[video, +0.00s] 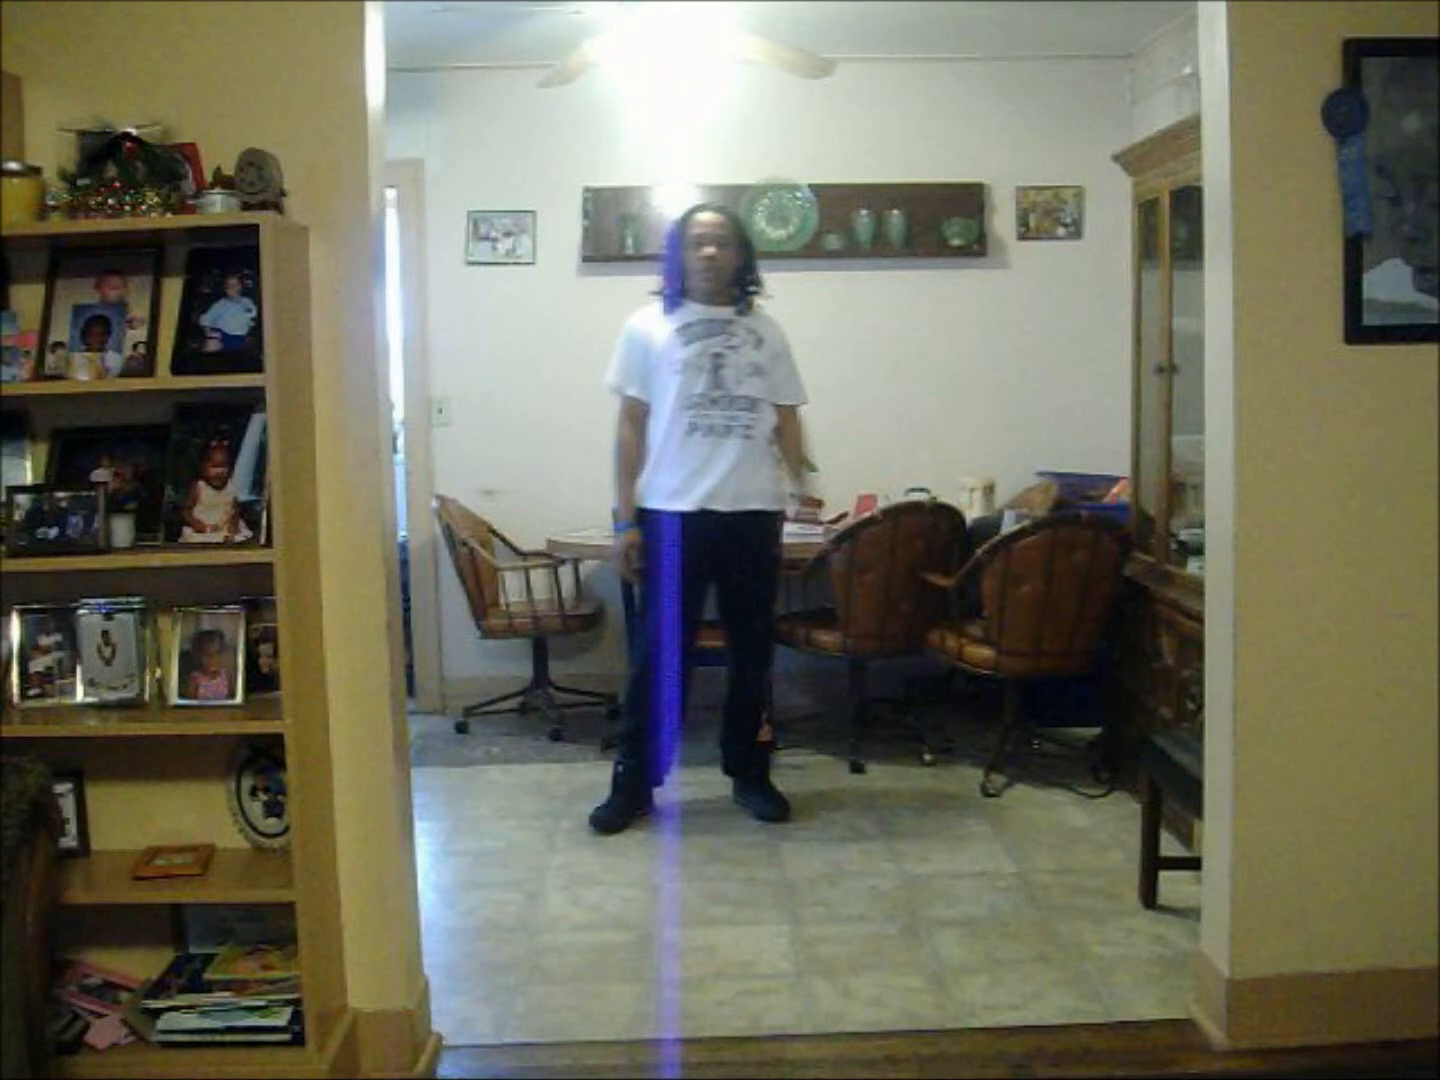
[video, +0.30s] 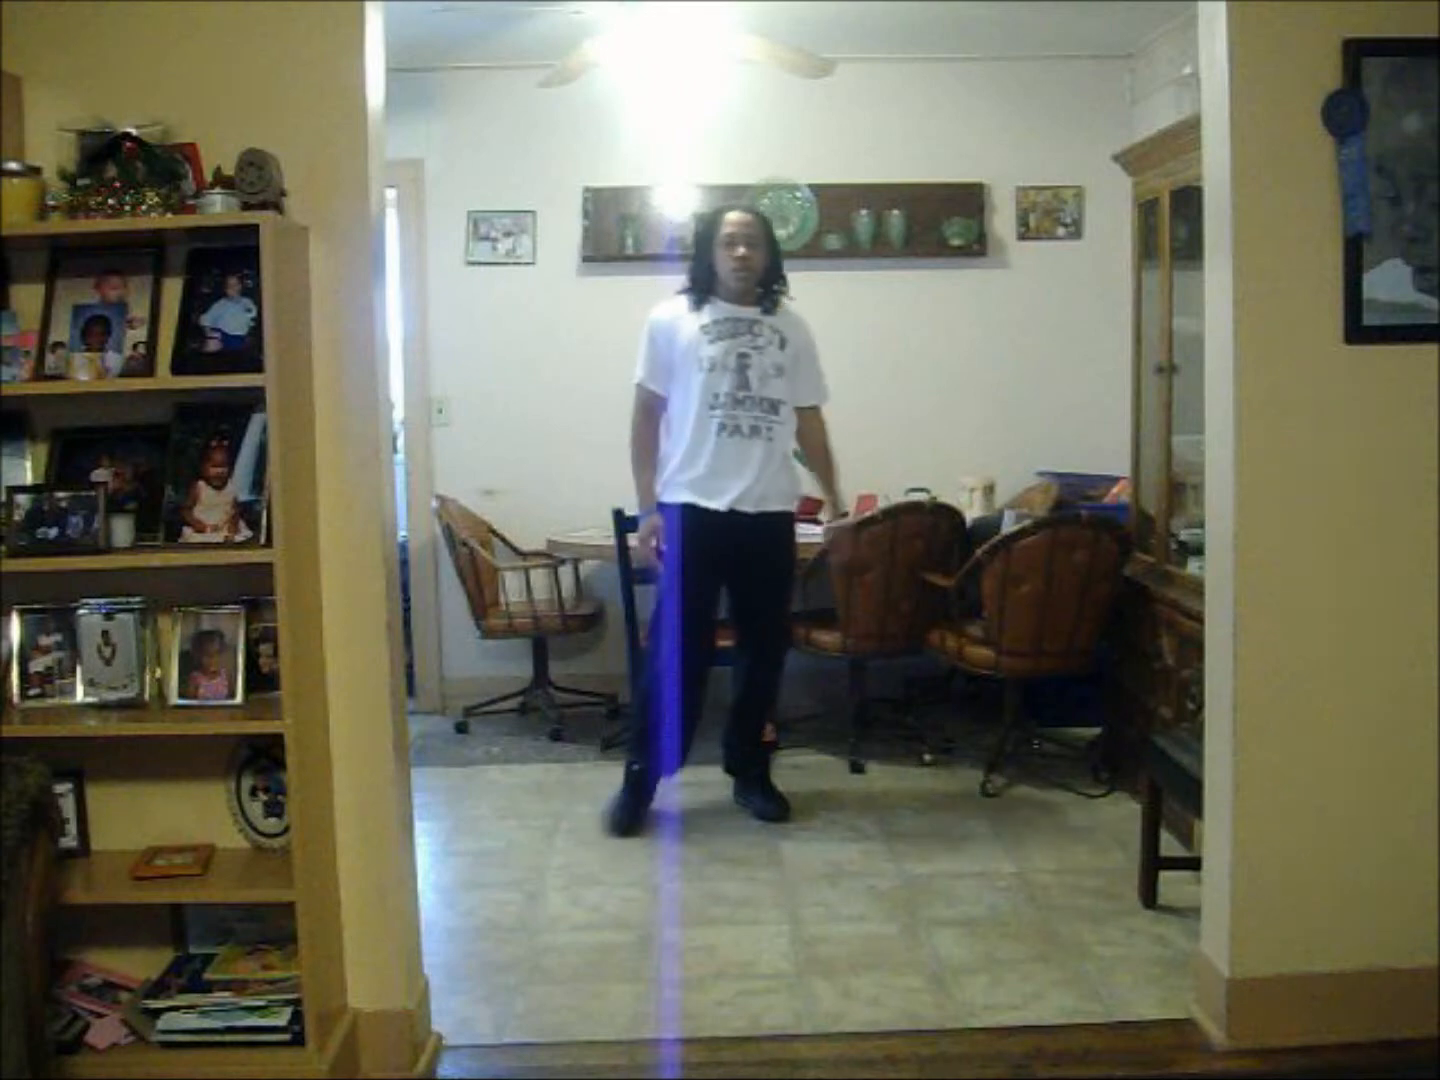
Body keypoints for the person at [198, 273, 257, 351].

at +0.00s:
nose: (232, 289)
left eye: (235, 285)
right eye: (229, 286)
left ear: (240, 287)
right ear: (225, 288)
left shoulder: (247, 303)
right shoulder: (221, 304)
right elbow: (204, 320)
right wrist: (210, 335)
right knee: (211, 342)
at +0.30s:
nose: (232, 288)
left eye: (235, 285)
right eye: (229, 285)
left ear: (240, 286)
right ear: (225, 287)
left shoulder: (247, 303)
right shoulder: (222, 303)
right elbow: (204, 320)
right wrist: (211, 335)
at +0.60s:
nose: (232, 289)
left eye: (235, 285)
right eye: (229, 286)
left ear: (240, 286)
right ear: (225, 287)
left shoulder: (247, 303)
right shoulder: (222, 303)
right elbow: (204, 320)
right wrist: (210, 335)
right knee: (211, 342)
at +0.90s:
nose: (232, 289)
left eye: (235, 286)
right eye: (229, 286)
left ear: (240, 287)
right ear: (225, 287)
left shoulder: (247, 303)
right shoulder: (222, 303)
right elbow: (204, 320)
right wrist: (210, 335)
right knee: (211, 342)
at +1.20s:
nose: (232, 288)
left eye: (235, 285)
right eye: (229, 285)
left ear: (240, 287)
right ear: (225, 287)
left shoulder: (247, 303)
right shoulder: (222, 303)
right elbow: (204, 320)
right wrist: (210, 335)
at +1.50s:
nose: (232, 288)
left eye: (235, 285)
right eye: (229, 285)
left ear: (240, 286)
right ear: (225, 287)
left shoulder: (247, 303)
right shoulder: (222, 303)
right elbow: (204, 320)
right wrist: (210, 335)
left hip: (243, 338)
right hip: (225, 338)